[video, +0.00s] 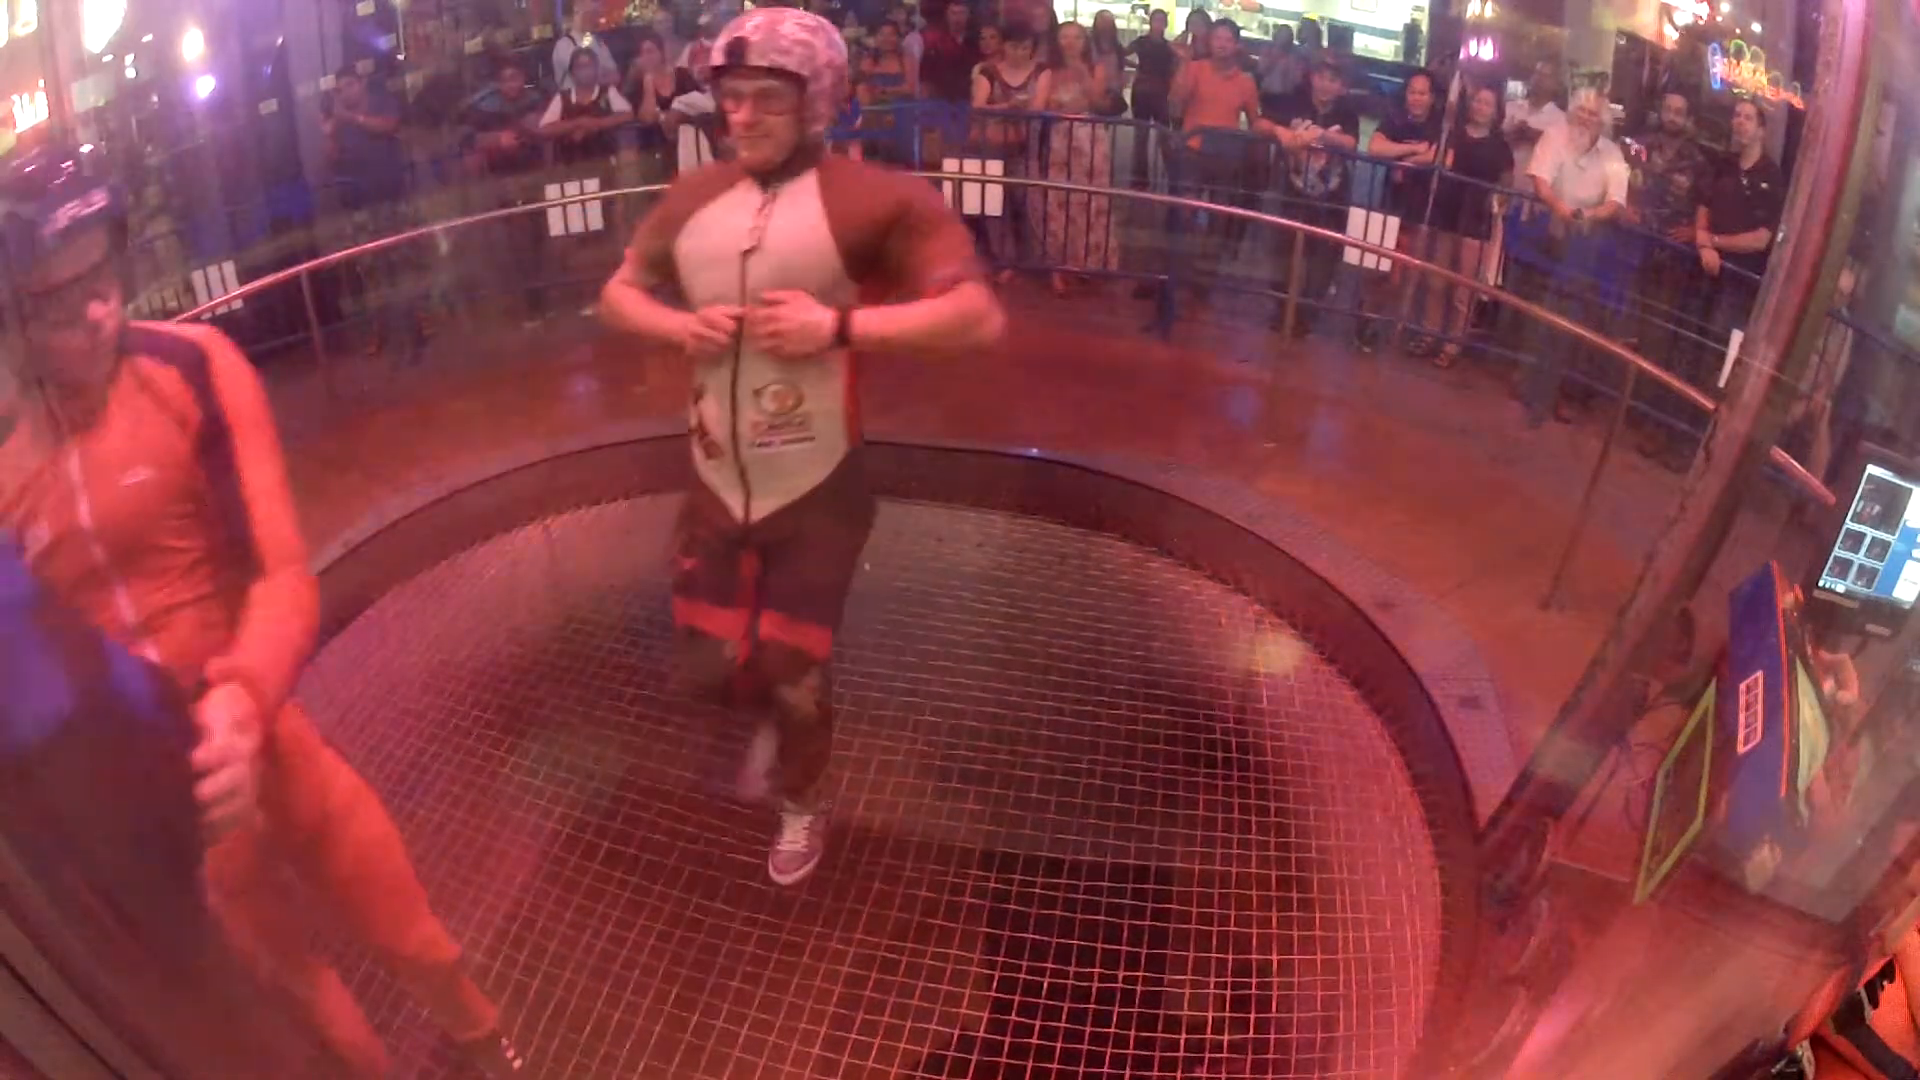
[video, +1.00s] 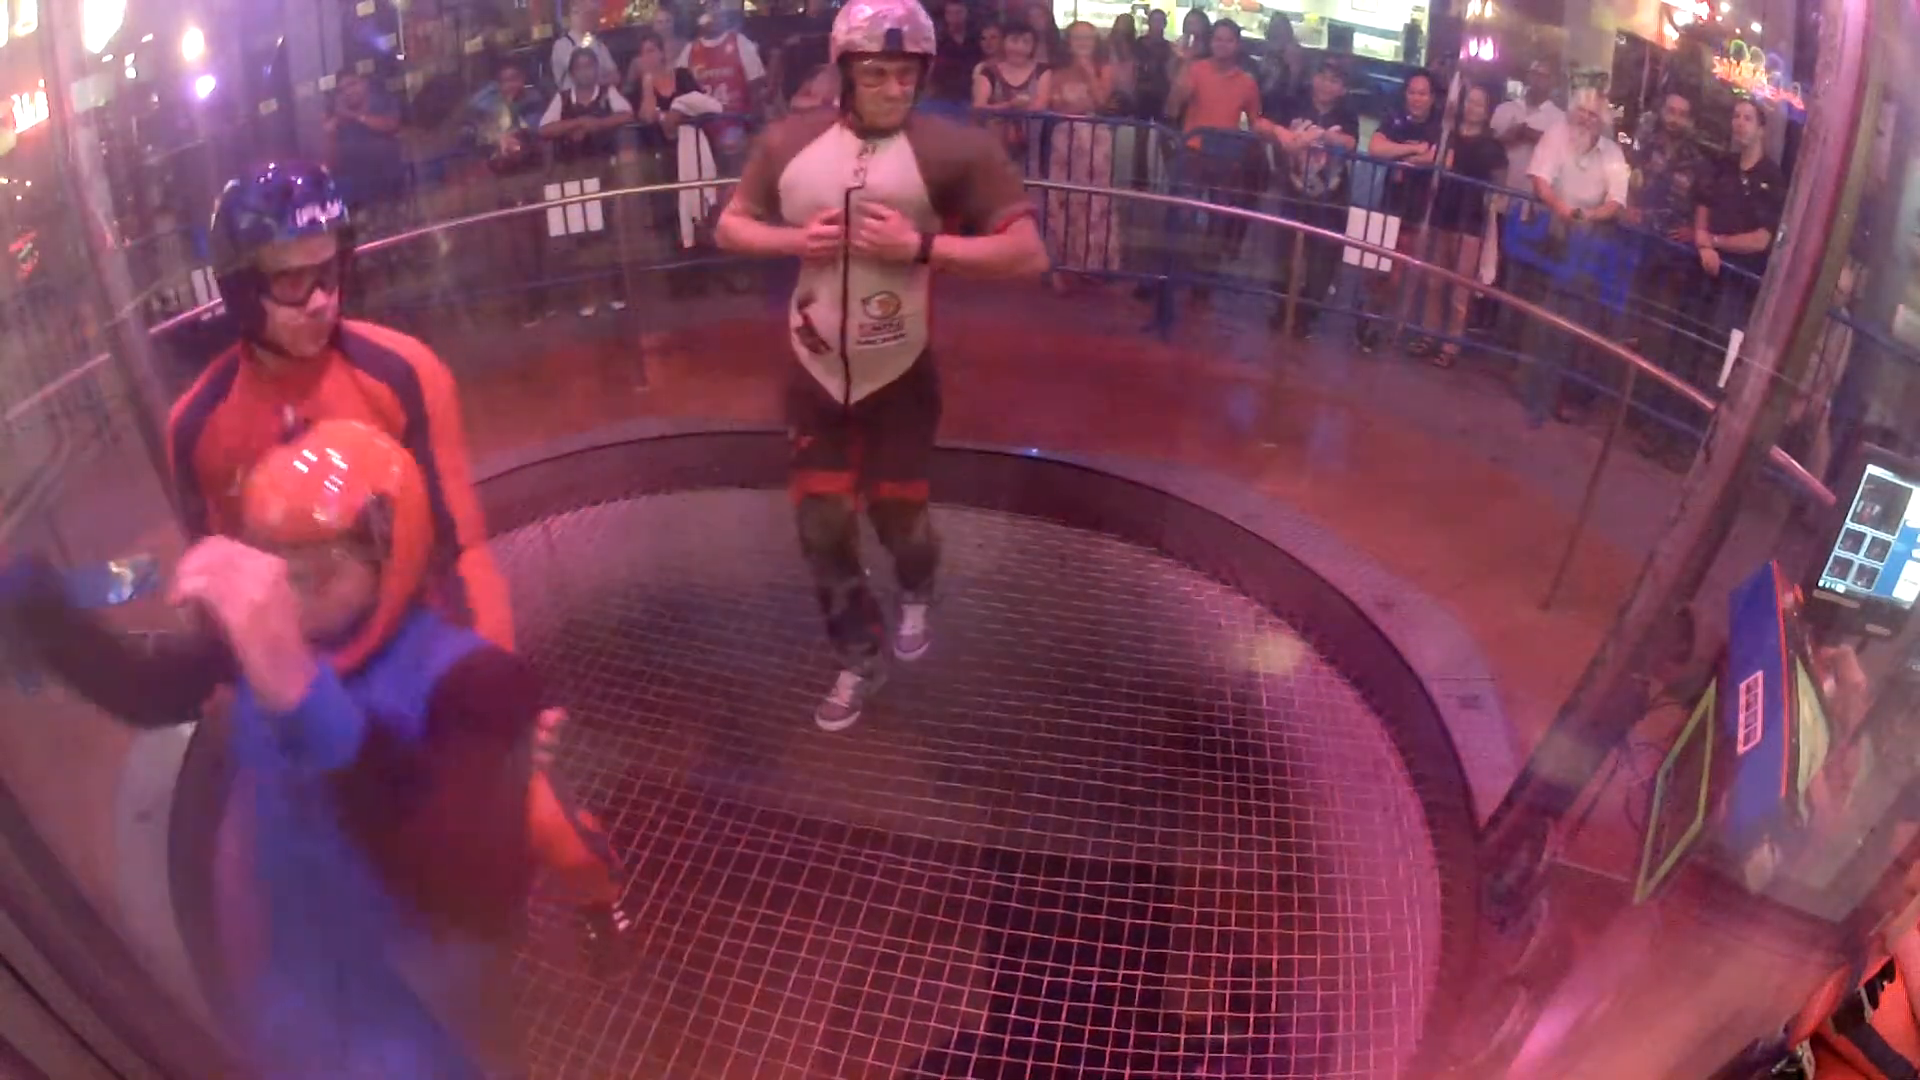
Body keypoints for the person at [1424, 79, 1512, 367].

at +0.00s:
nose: (1480, 107)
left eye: (1487, 103)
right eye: (1477, 101)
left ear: (1497, 111)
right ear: (1469, 104)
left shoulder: (1500, 148)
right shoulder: (1453, 137)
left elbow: (1506, 187)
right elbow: (1439, 166)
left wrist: (1495, 206)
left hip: (1476, 220)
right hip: (1444, 212)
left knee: (1463, 289)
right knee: (1435, 281)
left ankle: (1453, 342)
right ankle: (1429, 333)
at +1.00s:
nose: (1472, 108)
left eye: (1478, 103)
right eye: (1468, 101)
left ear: (1488, 110)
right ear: (1461, 106)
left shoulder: (1492, 147)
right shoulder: (1449, 139)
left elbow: (1498, 184)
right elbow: (1436, 171)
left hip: (1472, 218)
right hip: (1442, 213)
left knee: (1461, 285)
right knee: (1434, 279)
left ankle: (1451, 342)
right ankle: (1428, 333)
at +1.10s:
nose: (1471, 108)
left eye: (1478, 104)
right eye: (1468, 102)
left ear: (1488, 111)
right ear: (1461, 105)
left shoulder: (1491, 148)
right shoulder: (1448, 140)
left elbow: (1497, 185)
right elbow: (1436, 171)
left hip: (1471, 219)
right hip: (1441, 214)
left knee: (1461, 284)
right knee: (1434, 278)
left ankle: (1452, 341)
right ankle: (1429, 333)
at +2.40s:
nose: (1477, 110)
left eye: (1483, 105)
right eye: (1472, 104)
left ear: (1491, 112)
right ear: (1463, 107)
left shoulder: (1496, 147)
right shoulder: (1451, 138)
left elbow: (1501, 181)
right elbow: (1440, 168)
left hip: (1474, 217)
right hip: (1444, 212)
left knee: (1463, 285)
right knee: (1435, 279)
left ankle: (1456, 341)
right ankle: (1429, 332)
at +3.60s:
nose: (1485, 113)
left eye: (1492, 109)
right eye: (1482, 106)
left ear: (1501, 116)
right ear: (1473, 109)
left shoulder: (1506, 150)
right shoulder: (1459, 139)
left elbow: (1510, 187)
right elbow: (1445, 168)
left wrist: (1500, 201)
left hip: (1481, 217)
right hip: (1451, 210)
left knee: (1469, 283)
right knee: (1440, 277)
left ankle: (1460, 339)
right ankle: (1432, 331)